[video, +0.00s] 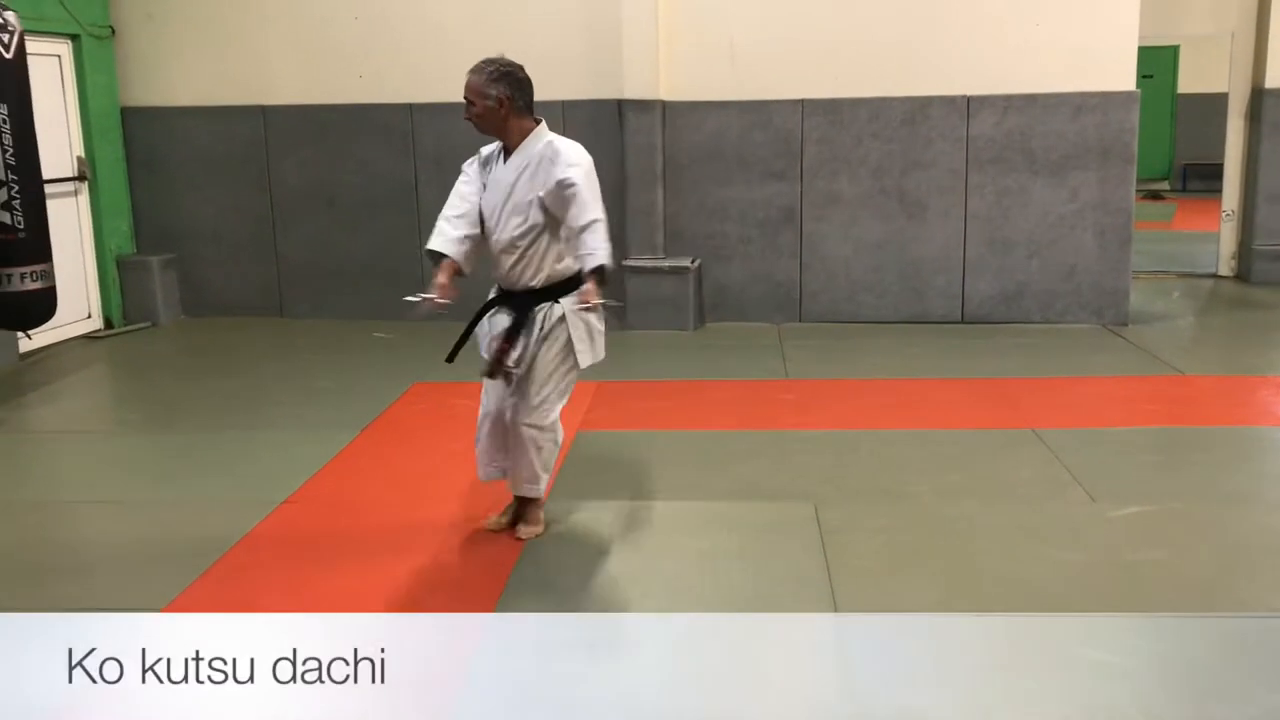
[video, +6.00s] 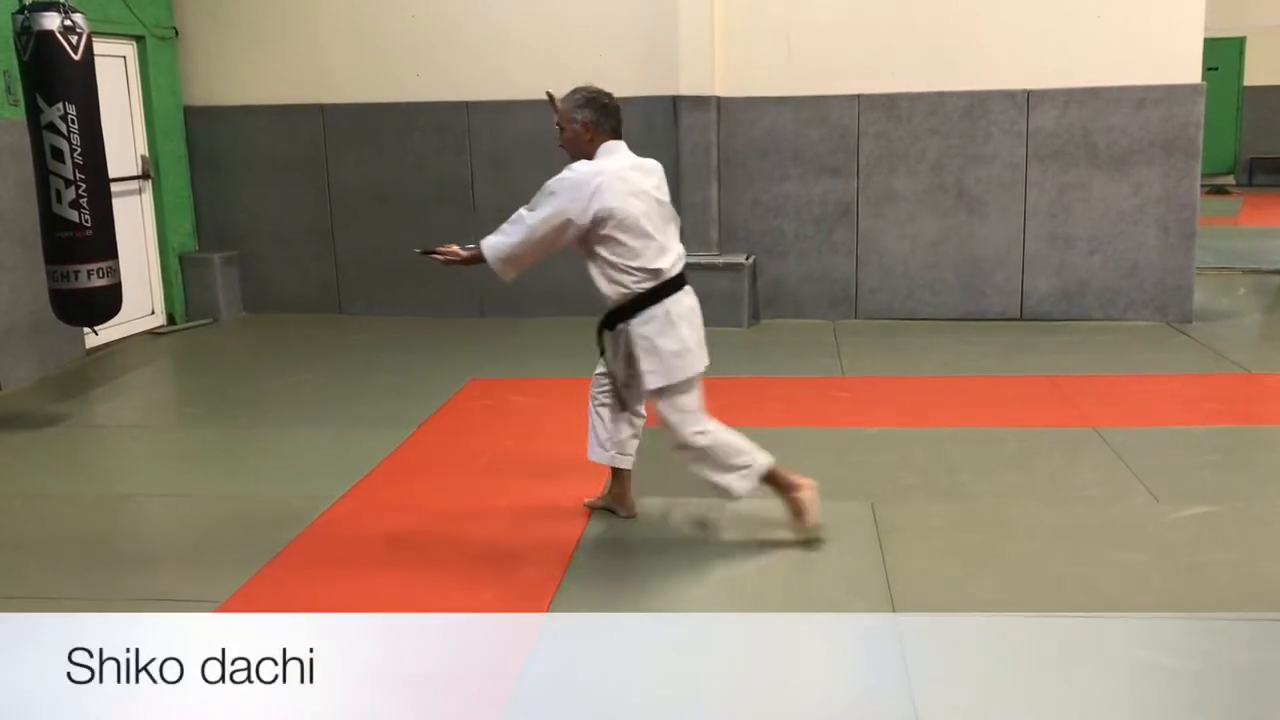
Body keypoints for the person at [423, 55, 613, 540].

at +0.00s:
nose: (466, 113)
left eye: (473, 104)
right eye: (465, 104)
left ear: (504, 102)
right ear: (499, 103)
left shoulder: (566, 158)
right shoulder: (481, 166)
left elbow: (590, 224)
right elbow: (459, 222)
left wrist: (591, 280)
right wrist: (445, 275)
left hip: (560, 305)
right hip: (509, 305)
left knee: (534, 411)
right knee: (502, 408)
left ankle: (533, 506)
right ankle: (522, 498)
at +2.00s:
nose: (408, 159)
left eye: (413, 151)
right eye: (407, 150)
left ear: (441, 151)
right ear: (438, 150)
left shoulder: (495, 211)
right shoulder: (424, 199)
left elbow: (448, 282)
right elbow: (365, 220)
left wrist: (396, 279)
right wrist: (293, 210)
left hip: (501, 338)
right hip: (445, 334)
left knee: (520, 431)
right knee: (380, 398)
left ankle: (591, 495)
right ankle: (387, 479)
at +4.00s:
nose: (446, 143)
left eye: (449, 132)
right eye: (445, 132)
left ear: (470, 132)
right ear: (493, 131)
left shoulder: (458, 190)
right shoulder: (537, 181)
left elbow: (391, 226)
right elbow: (528, 239)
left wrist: (322, 223)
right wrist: (451, 242)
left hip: (492, 332)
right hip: (553, 323)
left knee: (422, 406)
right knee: (584, 406)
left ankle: (379, 512)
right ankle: (617, 496)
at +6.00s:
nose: (558, 135)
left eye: (563, 127)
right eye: (559, 126)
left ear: (588, 129)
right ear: (603, 128)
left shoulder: (582, 182)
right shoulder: (647, 168)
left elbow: (529, 229)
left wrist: (474, 252)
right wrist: (575, 112)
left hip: (651, 316)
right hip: (658, 307)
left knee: (688, 426)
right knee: (614, 395)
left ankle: (790, 485)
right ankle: (619, 492)